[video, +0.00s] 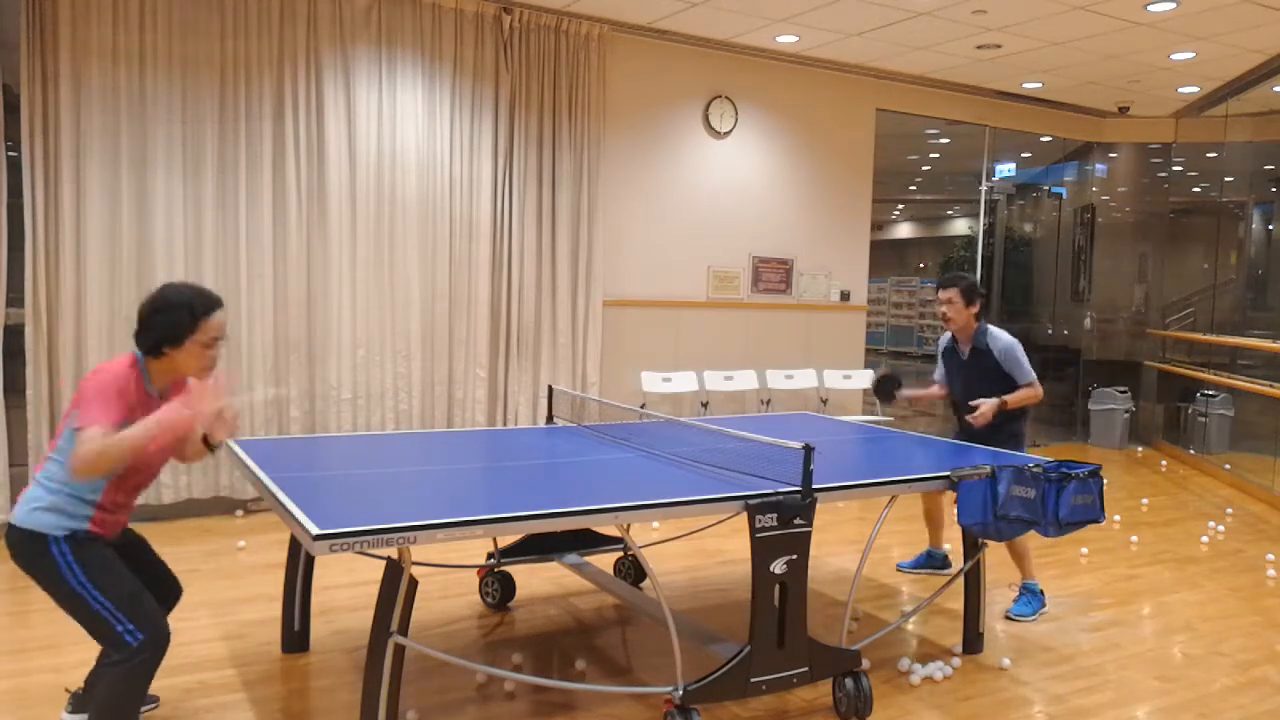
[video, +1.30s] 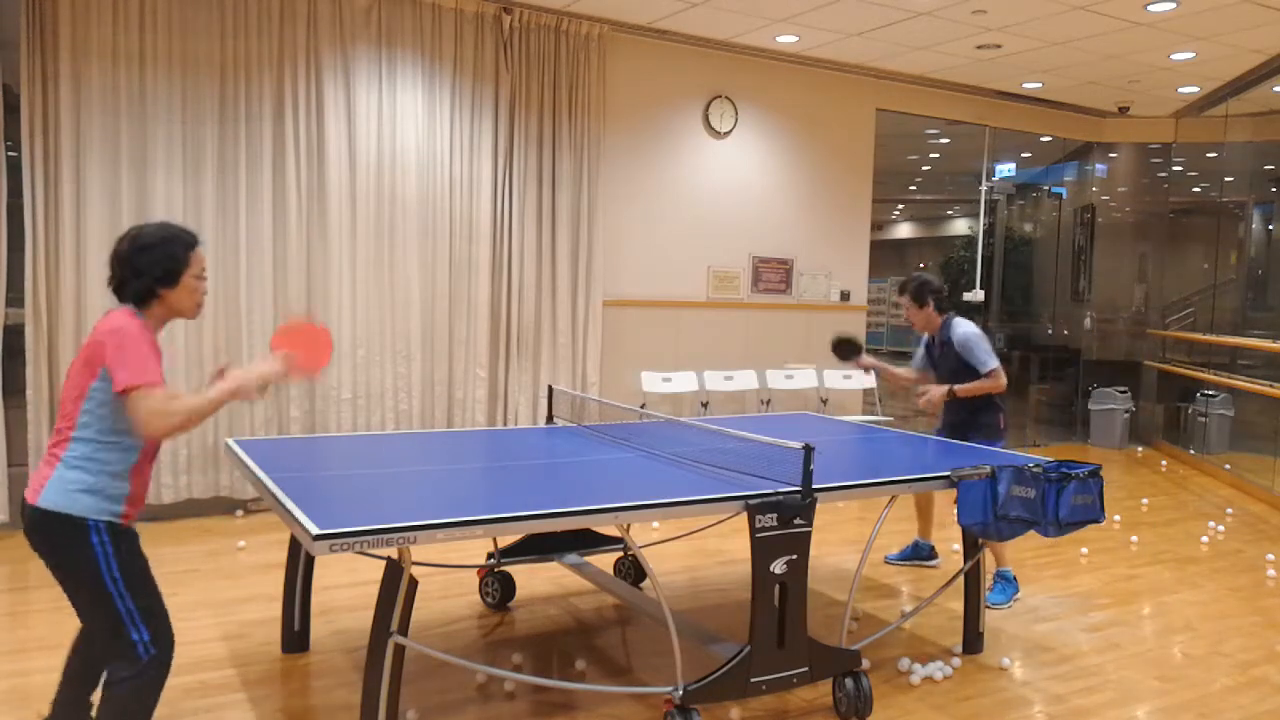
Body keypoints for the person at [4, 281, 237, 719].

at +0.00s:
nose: (217, 356)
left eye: (219, 344)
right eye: (210, 345)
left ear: (180, 346)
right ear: (171, 345)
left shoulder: (179, 387)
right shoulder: (111, 380)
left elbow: (181, 450)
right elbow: (84, 462)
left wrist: (210, 435)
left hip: (97, 524)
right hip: (49, 529)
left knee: (163, 591)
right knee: (144, 637)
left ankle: (98, 695)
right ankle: (103, 709)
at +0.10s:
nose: (213, 325)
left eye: (213, 315)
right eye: (205, 316)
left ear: (172, 318)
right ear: (169, 318)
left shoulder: (153, 354)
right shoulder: (123, 346)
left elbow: (168, 422)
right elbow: (162, 411)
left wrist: (211, 398)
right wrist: (232, 351)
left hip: (98, 511)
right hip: (60, 516)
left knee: (152, 585)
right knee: (144, 632)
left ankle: (98, 696)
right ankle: (99, 712)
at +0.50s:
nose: (210, 302)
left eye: (209, 290)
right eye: (203, 291)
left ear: (168, 297)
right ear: (166, 296)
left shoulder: (166, 342)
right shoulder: (116, 342)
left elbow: (174, 413)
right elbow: (102, 433)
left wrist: (214, 400)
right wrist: (194, 419)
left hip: (111, 502)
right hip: (66, 505)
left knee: (145, 585)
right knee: (129, 631)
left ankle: (99, 691)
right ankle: (97, 711)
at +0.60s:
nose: (220, 326)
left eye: (219, 315)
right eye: (212, 316)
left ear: (181, 324)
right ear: (175, 323)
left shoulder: (186, 367)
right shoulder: (108, 366)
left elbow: (201, 430)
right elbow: (53, 446)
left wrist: (212, 421)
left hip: (106, 508)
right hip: (54, 512)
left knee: (157, 589)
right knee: (128, 628)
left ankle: (101, 686)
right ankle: (101, 708)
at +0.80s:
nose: (232, 358)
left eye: (232, 346)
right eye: (223, 348)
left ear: (189, 354)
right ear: (184, 352)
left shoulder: (190, 391)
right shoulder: (123, 389)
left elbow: (179, 457)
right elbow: (71, 451)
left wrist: (199, 455)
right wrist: (62, 473)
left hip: (109, 526)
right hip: (55, 529)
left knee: (167, 592)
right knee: (145, 637)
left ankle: (105, 690)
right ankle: (108, 709)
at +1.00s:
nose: (211, 293)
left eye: (212, 282)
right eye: (205, 282)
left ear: (168, 281)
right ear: (170, 281)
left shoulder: (135, 325)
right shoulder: (134, 320)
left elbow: (142, 407)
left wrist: (204, 386)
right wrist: (252, 319)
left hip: (72, 500)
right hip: (85, 505)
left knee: (114, 617)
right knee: (150, 633)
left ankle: (103, 700)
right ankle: (106, 712)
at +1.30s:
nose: (205, 287)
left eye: (203, 277)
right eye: (197, 278)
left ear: (161, 286)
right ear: (161, 284)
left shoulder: (132, 331)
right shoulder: (126, 331)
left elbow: (149, 416)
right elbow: (153, 419)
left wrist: (209, 392)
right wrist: (230, 388)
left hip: (67, 510)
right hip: (80, 515)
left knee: (104, 629)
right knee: (149, 648)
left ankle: (65, 714)